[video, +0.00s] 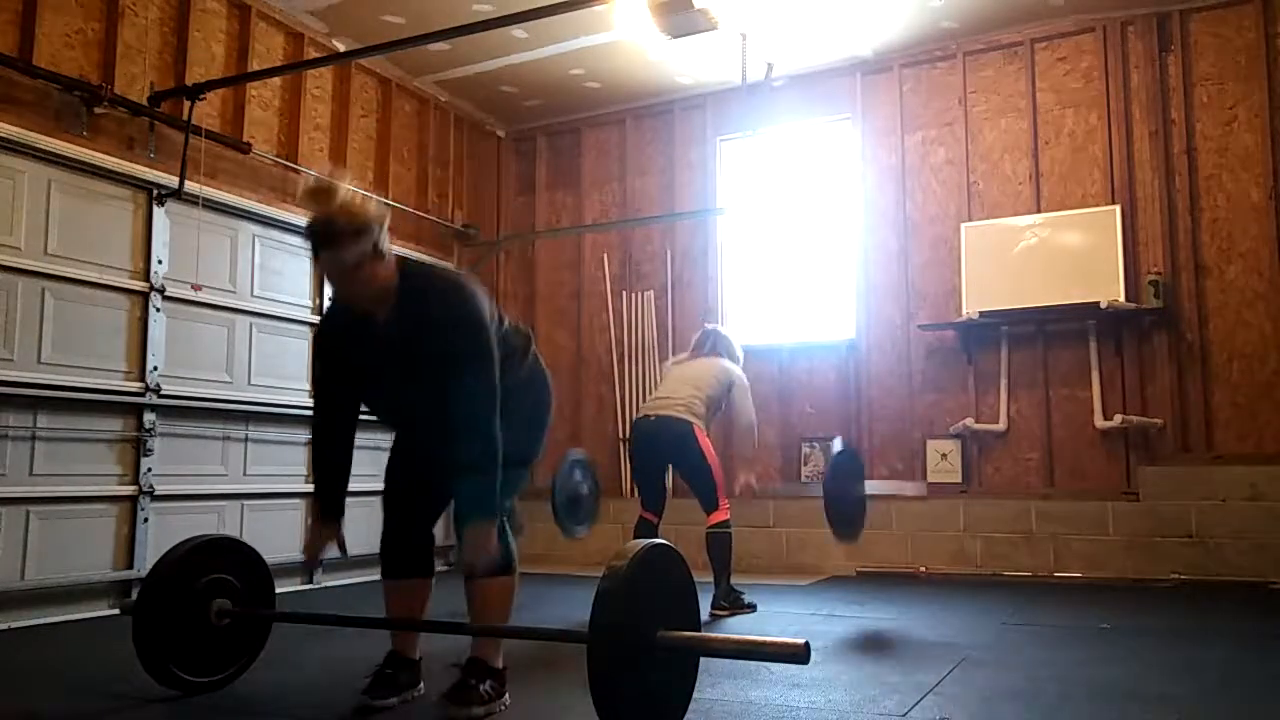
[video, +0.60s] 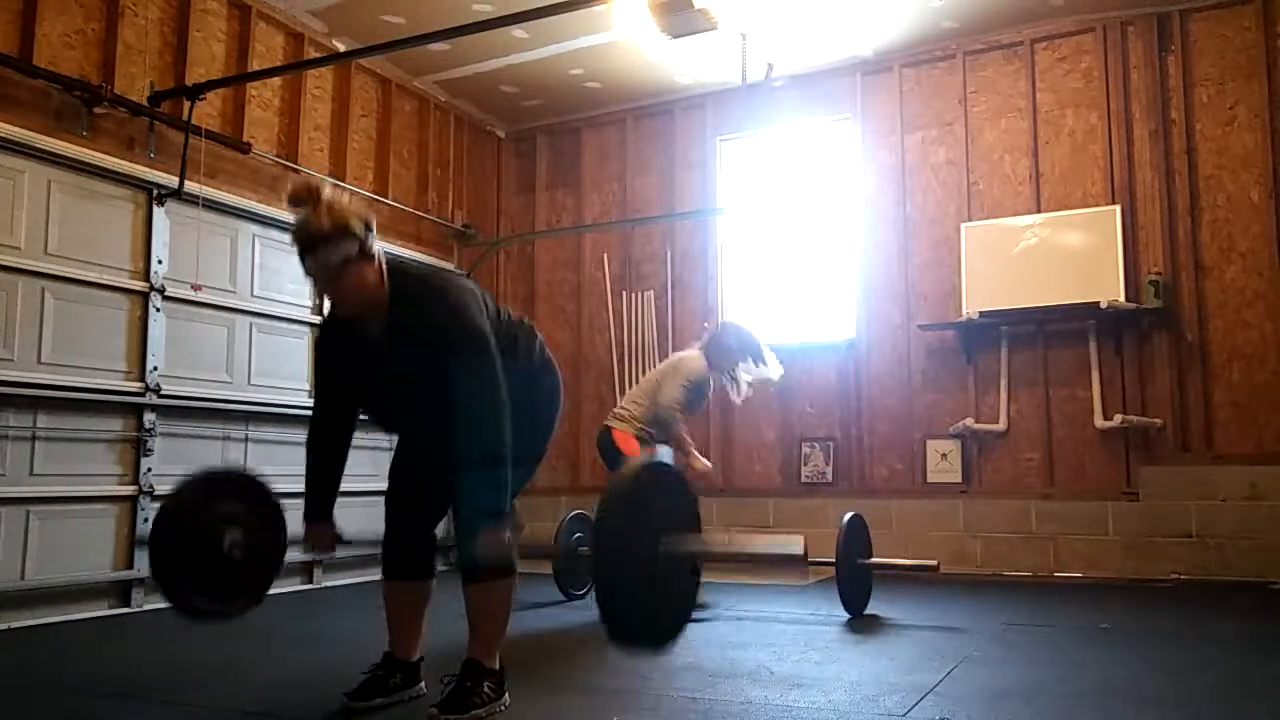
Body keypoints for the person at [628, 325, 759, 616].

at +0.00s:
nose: (737, 361)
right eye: (736, 356)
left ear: (698, 347)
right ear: (729, 353)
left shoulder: (675, 363)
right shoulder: (732, 370)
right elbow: (746, 421)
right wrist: (746, 468)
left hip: (643, 428)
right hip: (683, 430)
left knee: (650, 509)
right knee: (716, 509)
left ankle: (634, 587)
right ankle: (723, 592)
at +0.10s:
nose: (740, 384)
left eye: (739, 380)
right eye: (738, 380)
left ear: (699, 369)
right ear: (729, 375)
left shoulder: (676, 385)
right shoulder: (732, 394)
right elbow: (743, 449)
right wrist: (746, 500)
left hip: (640, 441)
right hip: (682, 443)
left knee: (650, 514)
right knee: (724, 513)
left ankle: (636, 588)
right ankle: (724, 593)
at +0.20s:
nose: (739, 399)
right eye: (738, 394)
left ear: (701, 388)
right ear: (732, 392)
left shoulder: (678, 402)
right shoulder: (733, 410)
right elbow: (744, 466)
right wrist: (747, 517)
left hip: (638, 453)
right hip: (680, 455)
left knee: (655, 515)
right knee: (725, 516)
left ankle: (632, 580)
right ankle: (724, 594)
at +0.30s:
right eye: (743, 407)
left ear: (709, 394)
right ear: (740, 404)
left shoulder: (685, 407)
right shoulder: (735, 418)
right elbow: (745, 479)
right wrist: (751, 528)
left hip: (633, 457)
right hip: (674, 459)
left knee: (658, 516)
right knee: (725, 513)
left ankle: (634, 580)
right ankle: (725, 594)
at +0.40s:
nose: (747, 412)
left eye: (749, 408)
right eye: (747, 406)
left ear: (718, 383)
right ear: (742, 396)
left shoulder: (693, 397)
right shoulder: (727, 406)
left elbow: (696, 462)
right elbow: (733, 463)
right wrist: (739, 507)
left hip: (624, 456)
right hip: (658, 457)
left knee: (667, 521)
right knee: (718, 510)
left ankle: (647, 587)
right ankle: (724, 593)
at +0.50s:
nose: (755, 407)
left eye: (759, 402)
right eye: (755, 398)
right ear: (739, 381)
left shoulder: (696, 378)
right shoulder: (709, 384)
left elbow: (670, 444)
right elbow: (698, 433)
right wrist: (716, 480)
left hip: (619, 442)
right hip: (634, 442)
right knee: (694, 507)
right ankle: (717, 584)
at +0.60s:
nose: (737, 365)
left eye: (741, 359)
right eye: (738, 357)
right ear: (725, 349)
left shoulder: (700, 369)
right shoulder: (693, 363)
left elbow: (668, 413)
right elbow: (666, 407)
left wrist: (686, 453)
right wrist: (692, 455)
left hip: (641, 437)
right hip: (623, 434)